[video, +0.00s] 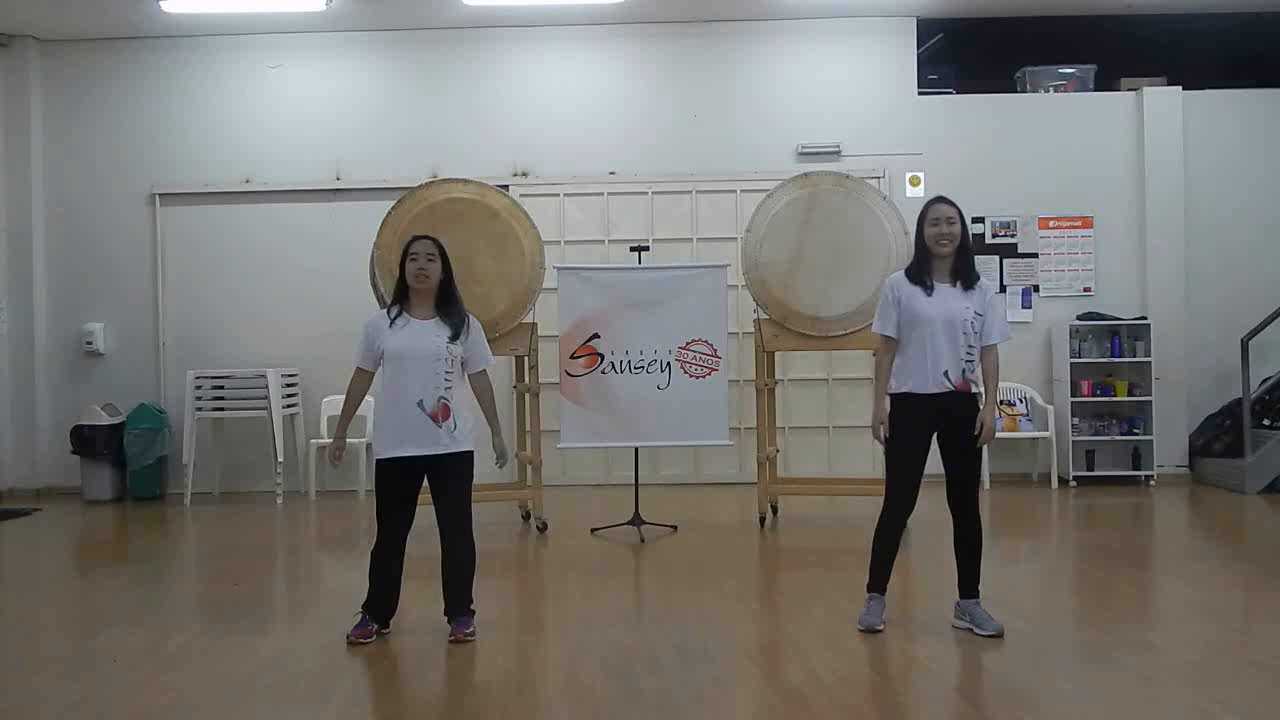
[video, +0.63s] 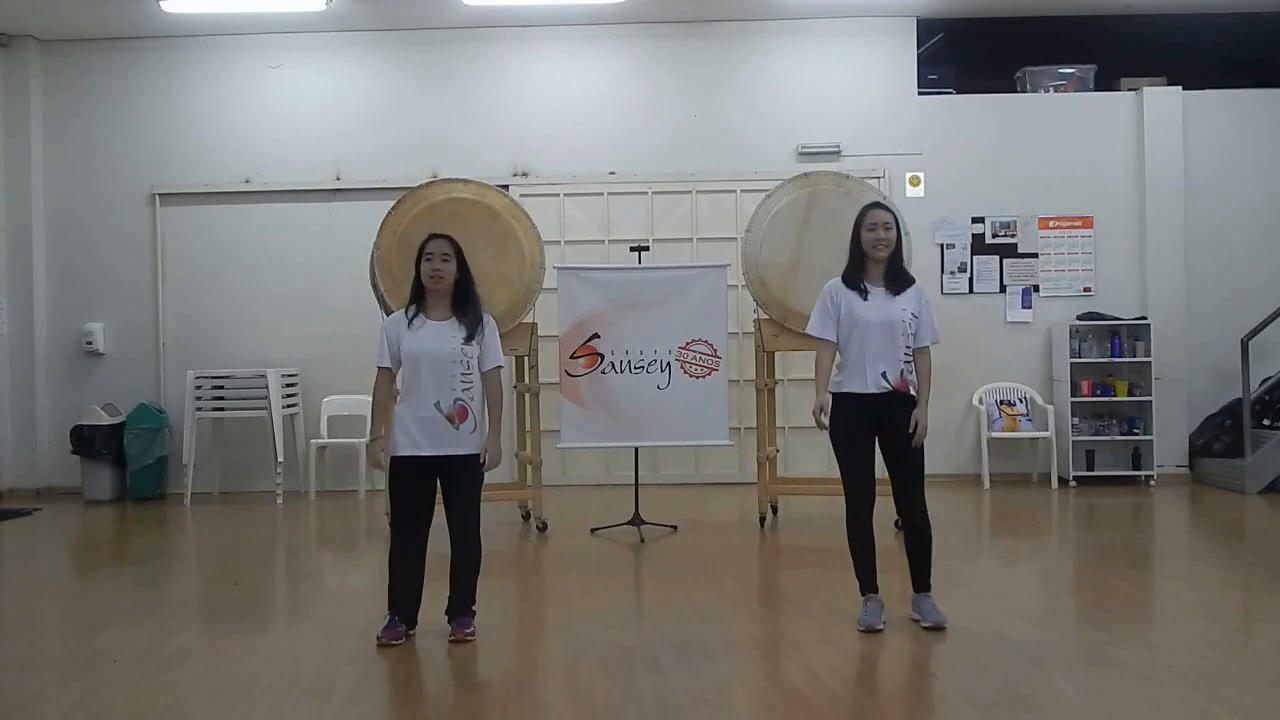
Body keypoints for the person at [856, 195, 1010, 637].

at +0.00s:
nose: (943, 230)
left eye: (951, 222)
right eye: (934, 223)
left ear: (963, 230)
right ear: (920, 232)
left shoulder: (979, 289)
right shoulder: (899, 285)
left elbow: (989, 350)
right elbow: (884, 349)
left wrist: (991, 404)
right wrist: (880, 403)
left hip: (962, 406)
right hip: (909, 405)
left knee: (965, 506)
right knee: (897, 505)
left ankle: (969, 603)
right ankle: (874, 599)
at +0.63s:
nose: (880, 234)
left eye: (888, 228)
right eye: (872, 228)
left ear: (898, 236)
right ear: (858, 236)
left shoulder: (912, 291)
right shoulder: (837, 290)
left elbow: (922, 351)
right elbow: (826, 346)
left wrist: (923, 404)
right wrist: (821, 390)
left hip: (900, 406)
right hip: (850, 407)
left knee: (913, 504)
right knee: (859, 503)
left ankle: (922, 597)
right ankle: (870, 599)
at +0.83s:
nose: (875, 234)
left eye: (882, 227)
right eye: (866, 228)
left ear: (892, 235)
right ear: (853, 236)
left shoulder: (909, 290)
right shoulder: (834, 291)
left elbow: (922, 350)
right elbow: (826, 352)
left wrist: (924, 403)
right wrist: (822, 403)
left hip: (899, 407)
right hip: (850, 408)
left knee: (900, 505)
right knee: (859, 504)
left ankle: (903, 594)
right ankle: (870, 598)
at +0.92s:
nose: (874, 234)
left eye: (881, 227)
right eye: (865, 228)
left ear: (892, 235)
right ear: (852, 236)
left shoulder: (909, 290)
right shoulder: (834, 291)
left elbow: (922, 350)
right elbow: (826, 354)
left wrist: (925, 404)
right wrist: (822, 408)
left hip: (899, 407)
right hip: (849, 408)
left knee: (902, 504)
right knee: (858, 504)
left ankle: (905, 594)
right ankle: (870, 598)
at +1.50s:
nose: (887, 233)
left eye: (893, 226)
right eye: (878, 228)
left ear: (906, 234)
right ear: (867, 238)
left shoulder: (925, 288)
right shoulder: (851, 290)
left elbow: (939, 349)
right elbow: (844, 349)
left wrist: (940, 401)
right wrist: (843, 399)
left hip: (914, 404)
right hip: (866, 404)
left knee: (913, 501)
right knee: (871, 501)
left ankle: (908, 590)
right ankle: (871, 597)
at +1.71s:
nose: (892, 234)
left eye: (899, 227)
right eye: (883, 229)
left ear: (912, 236)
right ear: (872, 239)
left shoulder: (932, 289)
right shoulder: (856, 292)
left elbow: (944, 349)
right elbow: (850, 351)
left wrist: (948, 403)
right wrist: (851, 401)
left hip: (918, 405)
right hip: (870, 405)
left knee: (916, 499)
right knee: (872, 498)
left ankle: (908, 590)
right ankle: (864, 594)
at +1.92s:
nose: (893, 233)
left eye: (900, 226)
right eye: (885, 227)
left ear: (912, 235)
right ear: (873, 237)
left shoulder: (927, 290)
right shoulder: (854, 289)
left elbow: (941, 349)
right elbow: (843, 349)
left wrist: (948, 401)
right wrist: (842, 403)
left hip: (916, 404)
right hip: (867, 404)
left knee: (914, 498)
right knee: (858, 497)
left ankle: (908, 590)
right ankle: (838, 590)